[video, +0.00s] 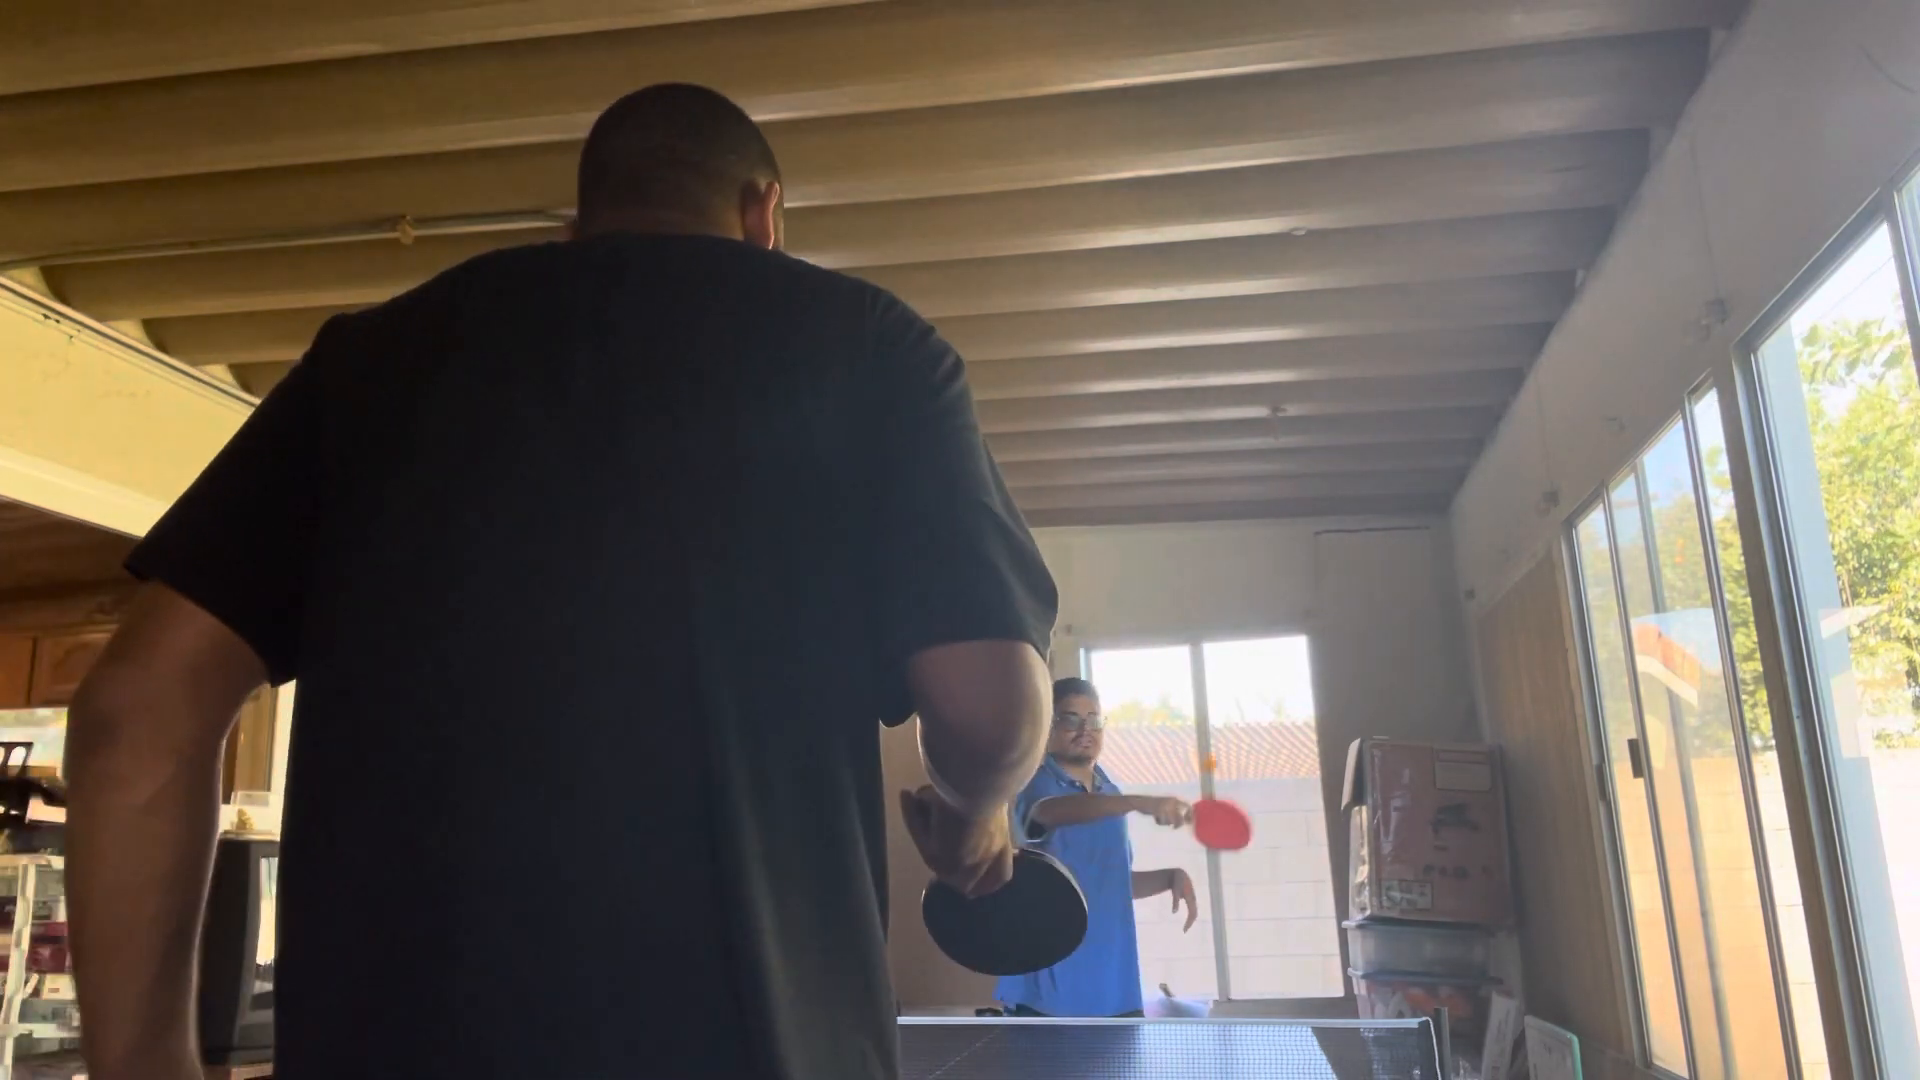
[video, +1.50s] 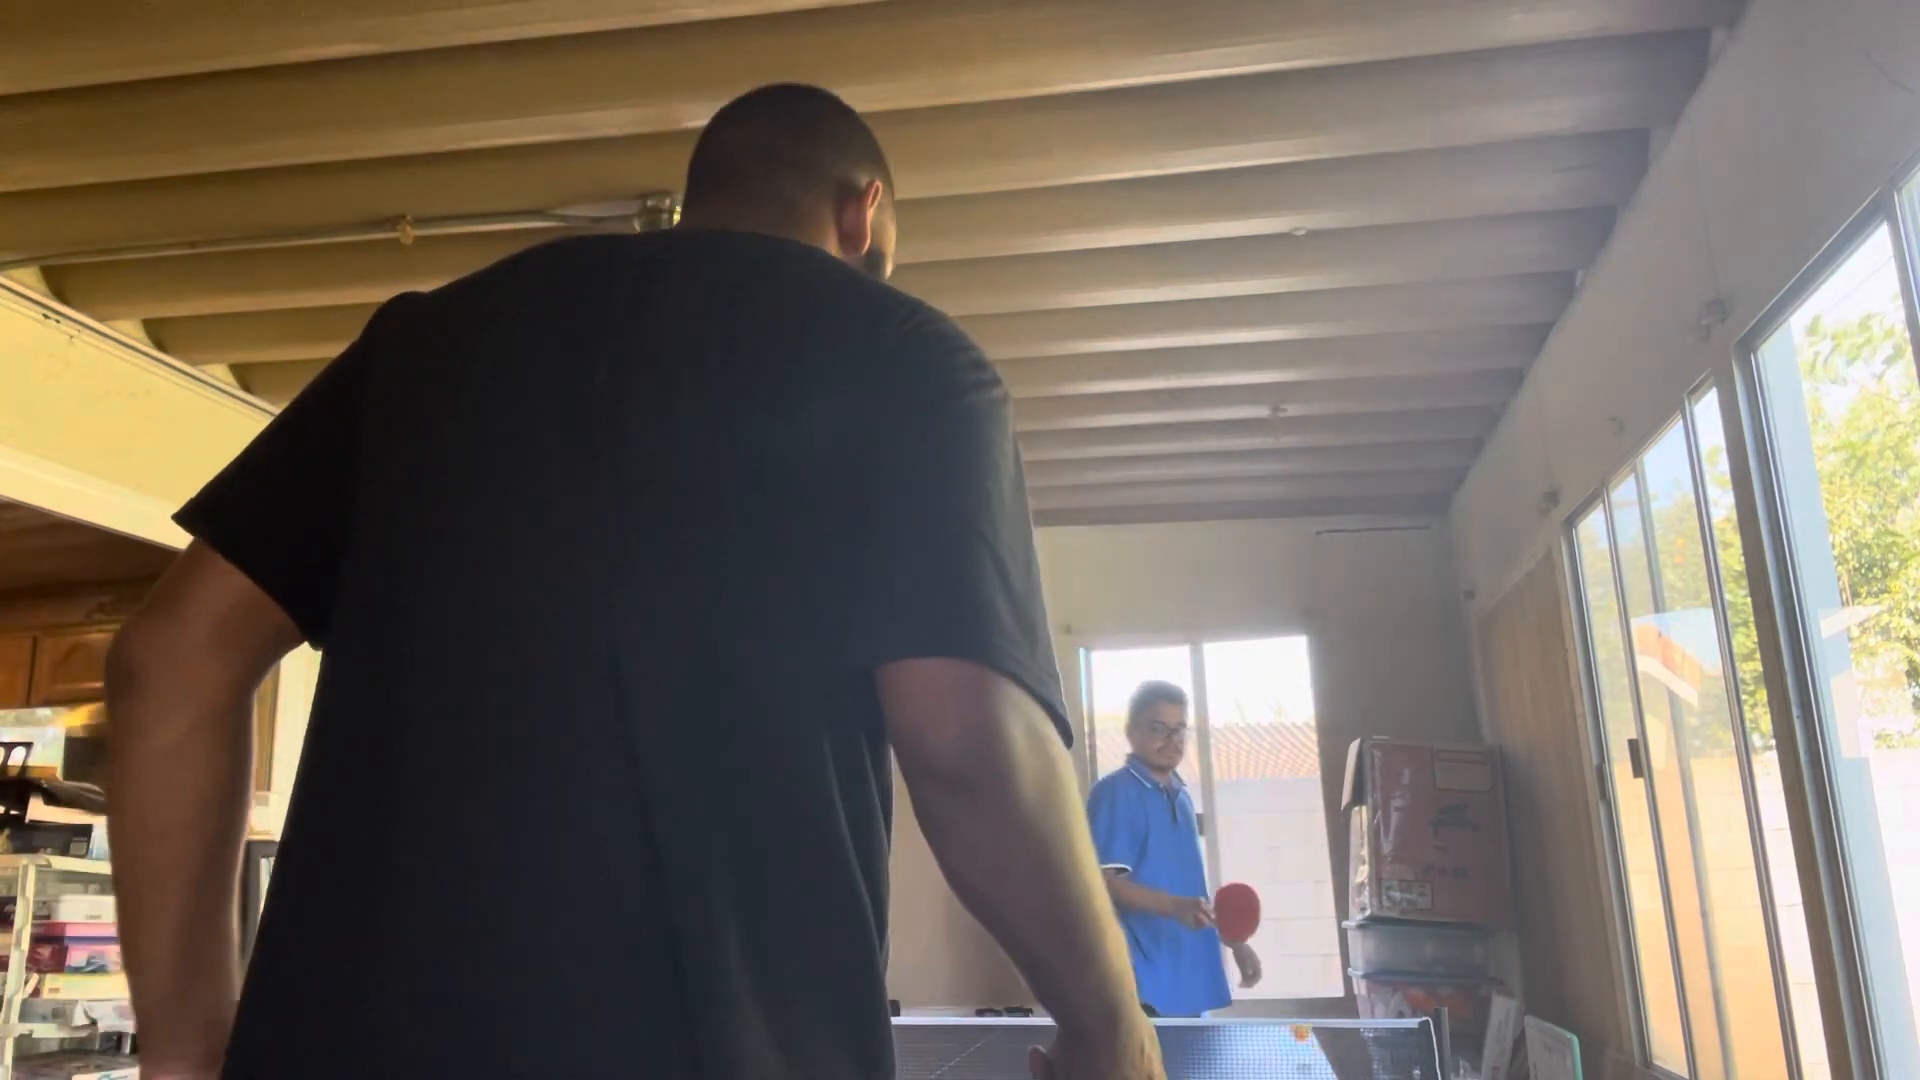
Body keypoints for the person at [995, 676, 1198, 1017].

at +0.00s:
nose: (1086, 730)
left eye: (1095, 720)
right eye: (1070, 720)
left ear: (1104, 728)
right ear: (1046, 728)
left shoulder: (1107, 792)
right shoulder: (1034, 780)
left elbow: (1110, 884)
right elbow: (1047, 811)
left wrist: (1171, 877)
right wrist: (1140, 803)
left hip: (1114, 987)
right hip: (1048, 993)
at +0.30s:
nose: (1100, 732)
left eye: (1108, 722)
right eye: (1086, 721)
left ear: (1115, 728)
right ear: (1058, 726)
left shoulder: (1108, 787)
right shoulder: (1045, 780)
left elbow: (1108, 887)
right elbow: (1045, 827)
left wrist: (1167, 886)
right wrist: (1119, 800)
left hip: (1125, 984)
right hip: (1070, 991)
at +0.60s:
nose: (1119, 737)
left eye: (1124, 727)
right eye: (1106, 726)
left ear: (1130, 728)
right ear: (1072, 729)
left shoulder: (1129, 796)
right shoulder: (1056, 791)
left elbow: (1129, 893)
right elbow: (1075, 869)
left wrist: (1186, 892)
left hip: (1133, 989)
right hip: (1072, 996)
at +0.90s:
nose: (1160, 737)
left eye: (1164, 728)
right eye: (1147, 726)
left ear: (1169, 731)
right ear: (1113, 729)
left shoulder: (1133, 787)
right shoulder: (1109, 786)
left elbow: (1127, 889)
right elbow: (1147, 867)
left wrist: (1183, 910)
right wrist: (1240, 854)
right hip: (1104, 988)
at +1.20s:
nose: (1159, 735)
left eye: (1166, 724)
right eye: (1144, 724)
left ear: (1174, 730)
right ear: (1118, 730)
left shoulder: (1163, 792)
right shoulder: (1110, 791)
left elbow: (1167, 894)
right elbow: (1109, 878)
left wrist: (1214, 933)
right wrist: (1182, 873)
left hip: (1179, 986)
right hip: (1133, 993)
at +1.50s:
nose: (1172, 740)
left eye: (1179, 730)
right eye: (1158, 729)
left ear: (1186, 733)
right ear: (1131, 732)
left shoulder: (1177, 796)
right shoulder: (1116, 794)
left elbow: (1189, 888)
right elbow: (1103, 882)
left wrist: (1236, 943)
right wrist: (1174, 906)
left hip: (1195, 987)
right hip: (1149, 994)